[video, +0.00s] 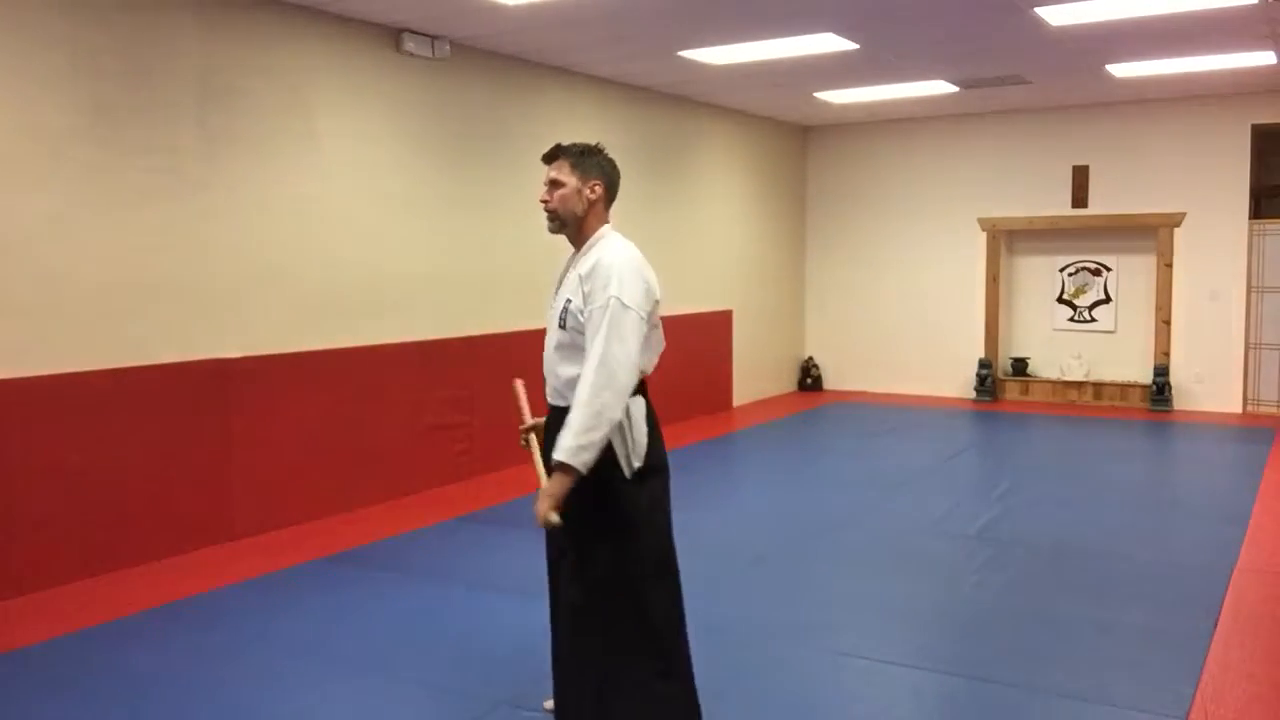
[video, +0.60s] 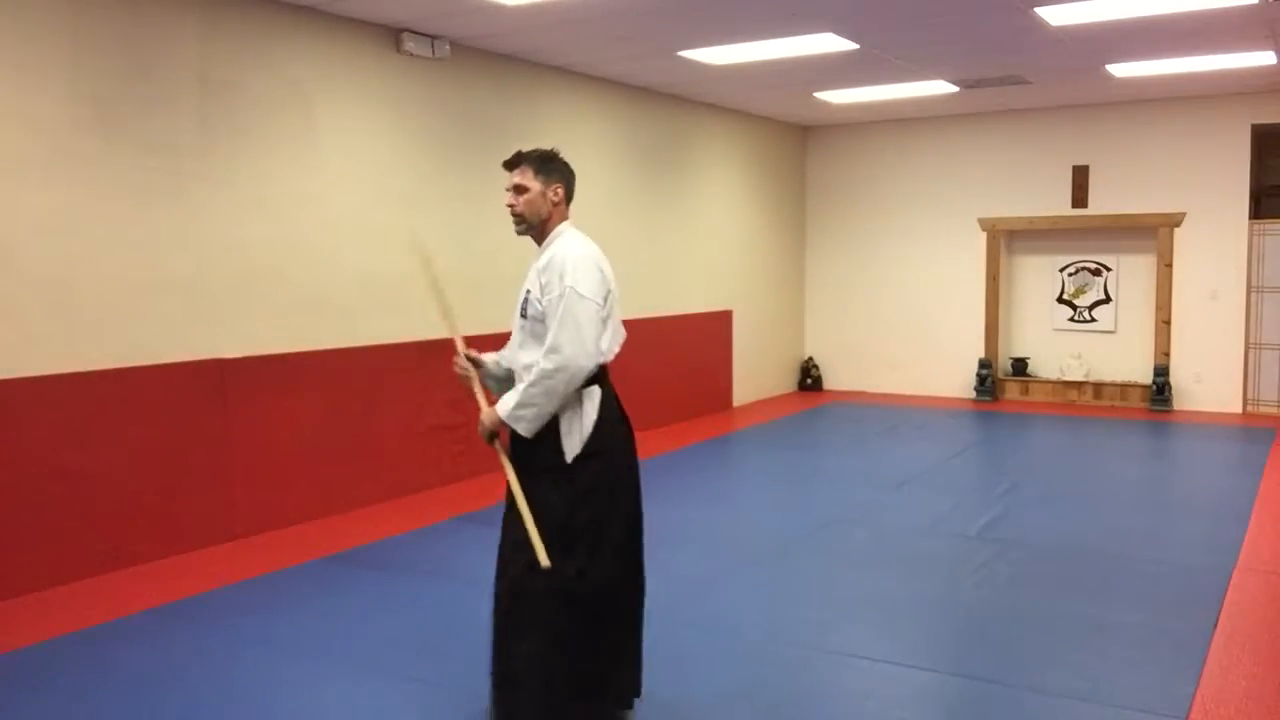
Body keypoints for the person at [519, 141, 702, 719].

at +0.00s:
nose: (544, 196)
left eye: (556, 186)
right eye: (545, 185)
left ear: (594, 192)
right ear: (584, 195)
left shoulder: (617, 266)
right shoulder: (584, 261)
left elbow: (607, 380)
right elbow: (588, 363)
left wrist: (563, 474)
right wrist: (555, 418)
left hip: (613, 446)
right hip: (580, 438)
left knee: (622, 598)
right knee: (585, 592)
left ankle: (633, 706)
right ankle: (586, 698)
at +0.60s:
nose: (510, 201)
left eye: (520, 190)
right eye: (509, 191)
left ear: (556, 194)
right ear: (544, 198)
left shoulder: (575, 259)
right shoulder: (549, 260)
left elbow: (573, 357)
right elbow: (539, 352)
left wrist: (509, 414)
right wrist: (488, 366)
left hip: (579, 435)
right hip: (550, 432)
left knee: (574, 576)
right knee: (535, 574)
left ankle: (574, 702)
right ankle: (539, 701)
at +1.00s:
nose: (477, 209)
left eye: (487, 198)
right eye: (475, 198)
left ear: (523, 201)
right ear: (504, 204)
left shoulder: (546, 270)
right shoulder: (514, 262)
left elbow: (551, 377)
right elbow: (494, 313)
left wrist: (489, 425)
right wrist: (432, 297)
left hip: (552, 434)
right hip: (516, 430)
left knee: (541, 565)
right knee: (506, 562)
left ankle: (547, 696)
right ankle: (511, 693)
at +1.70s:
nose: (469, 213)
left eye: (478, 203)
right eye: (465, 204)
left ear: (512, 206)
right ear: (469, 211)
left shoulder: (549, 270)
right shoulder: (484, 267)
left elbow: (564, 363)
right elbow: (476, 327)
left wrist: (537, 435)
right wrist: (456, 356)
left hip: (541, 415)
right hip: (495, 407)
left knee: (525, 544)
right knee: (486, 534)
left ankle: (518, 682)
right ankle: (495, 651)